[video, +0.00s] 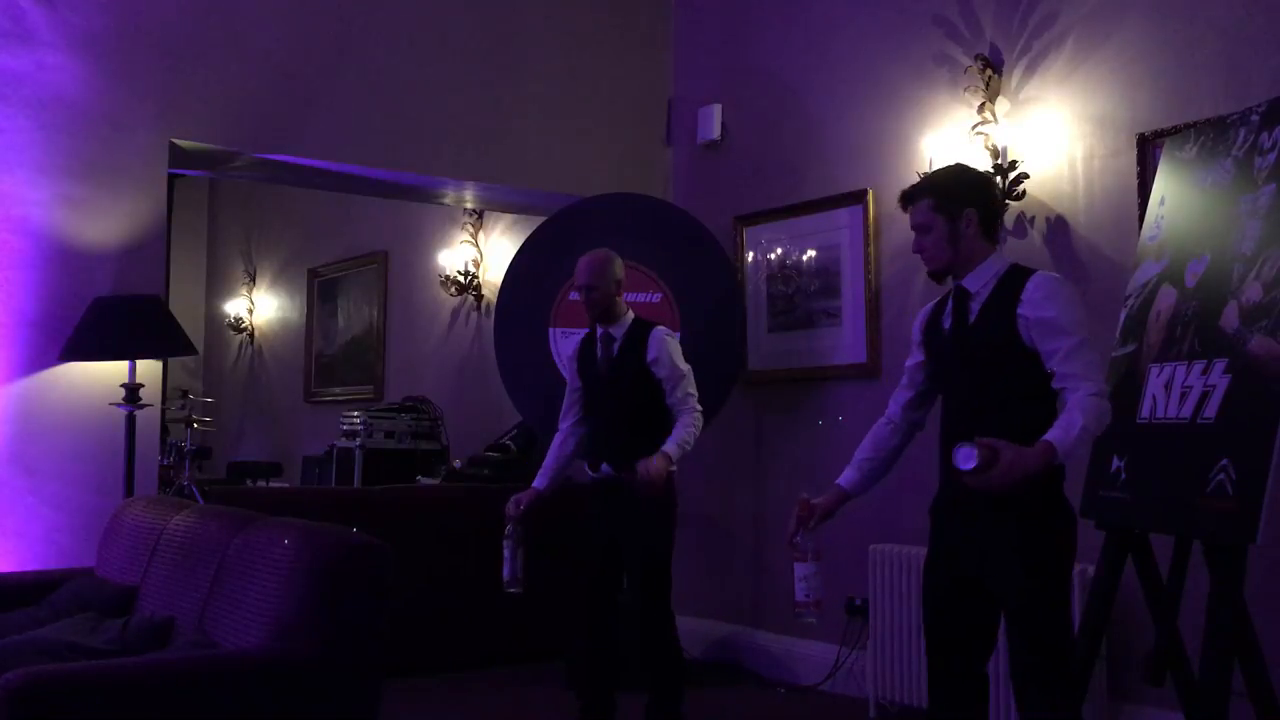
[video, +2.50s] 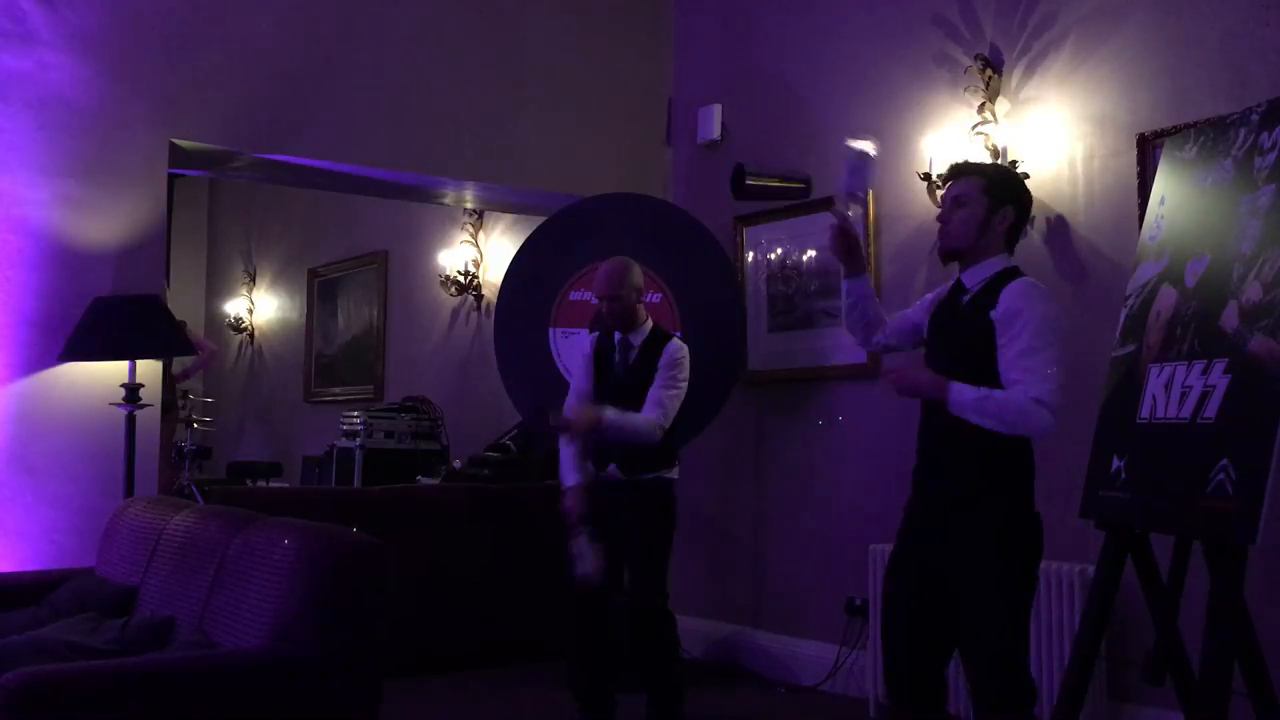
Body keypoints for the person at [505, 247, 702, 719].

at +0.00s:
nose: (582, 298)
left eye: (591, 290)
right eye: (578, 290)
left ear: (618, 288)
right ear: (577, 291)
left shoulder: (658, 343)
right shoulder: (579, 350)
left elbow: (690, 413)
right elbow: (570, 426)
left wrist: (665, 456)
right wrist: (539, 487)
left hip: (648, 490)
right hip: (597, 492)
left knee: (650, 603)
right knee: (594, 602)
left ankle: (664, 707)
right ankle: (595, 705)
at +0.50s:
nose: (588, 292)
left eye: (597, 284)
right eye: (588, 284)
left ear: (626, 287)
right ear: (606, 288)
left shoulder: (658, 343)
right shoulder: (598, 337)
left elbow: (693, 406)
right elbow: (558, 374)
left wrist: (708, 462)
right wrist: (537, 323)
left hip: (641, 487)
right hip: (601, 485)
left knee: (643, 602)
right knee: (597, 598)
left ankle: (661, 705)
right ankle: (596, 702)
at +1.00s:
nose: (574, 305)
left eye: (581, 297)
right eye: (572, 296)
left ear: (609, 297)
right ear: (588, 298)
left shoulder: (650, 354)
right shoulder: (585, 346)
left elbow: (641, 446)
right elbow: (553, 418)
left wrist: (613, 518)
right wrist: (535, 392)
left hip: (640, 493)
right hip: (594, 488)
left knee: (645, 608)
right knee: (592, 603)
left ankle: (662, 706)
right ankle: (594, 703)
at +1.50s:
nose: (585, 300)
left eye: (592, 291)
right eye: (581, 292)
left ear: (619, 290)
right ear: (581, 293)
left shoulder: (657, 343)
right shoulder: (585, 350)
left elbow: (695, 413)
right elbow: (574, 424)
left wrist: (672, 445)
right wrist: (555, 484)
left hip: (646, 489)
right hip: (594, 489)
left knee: (649, 601)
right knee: (593, 600)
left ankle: (664, 705)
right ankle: (595, 704)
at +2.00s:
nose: (588, 302)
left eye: (593, 294)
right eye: (587, 295)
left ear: (614, 296)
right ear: (622, 296)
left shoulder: (646, 352)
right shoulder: (615, 336)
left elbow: (668, 434)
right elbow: (593, 308)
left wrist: (668, 514)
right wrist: (560, 285)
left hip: (636, 494)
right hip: (611, 490)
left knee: (638, 614)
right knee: (606, 606)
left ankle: (657, 707)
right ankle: (599, 701)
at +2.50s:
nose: (603, 308)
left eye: (613, 299)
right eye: (599, 299)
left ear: (638, 297)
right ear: (596, 298)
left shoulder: (672, 351)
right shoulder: (593, 348)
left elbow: (653, 424)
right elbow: (573, 421)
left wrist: (596, 418)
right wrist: (573, 487)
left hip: (650, 490)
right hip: (599, 487)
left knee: (647, 599)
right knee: (596, 595)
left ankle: (663, 703)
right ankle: (594, 701)